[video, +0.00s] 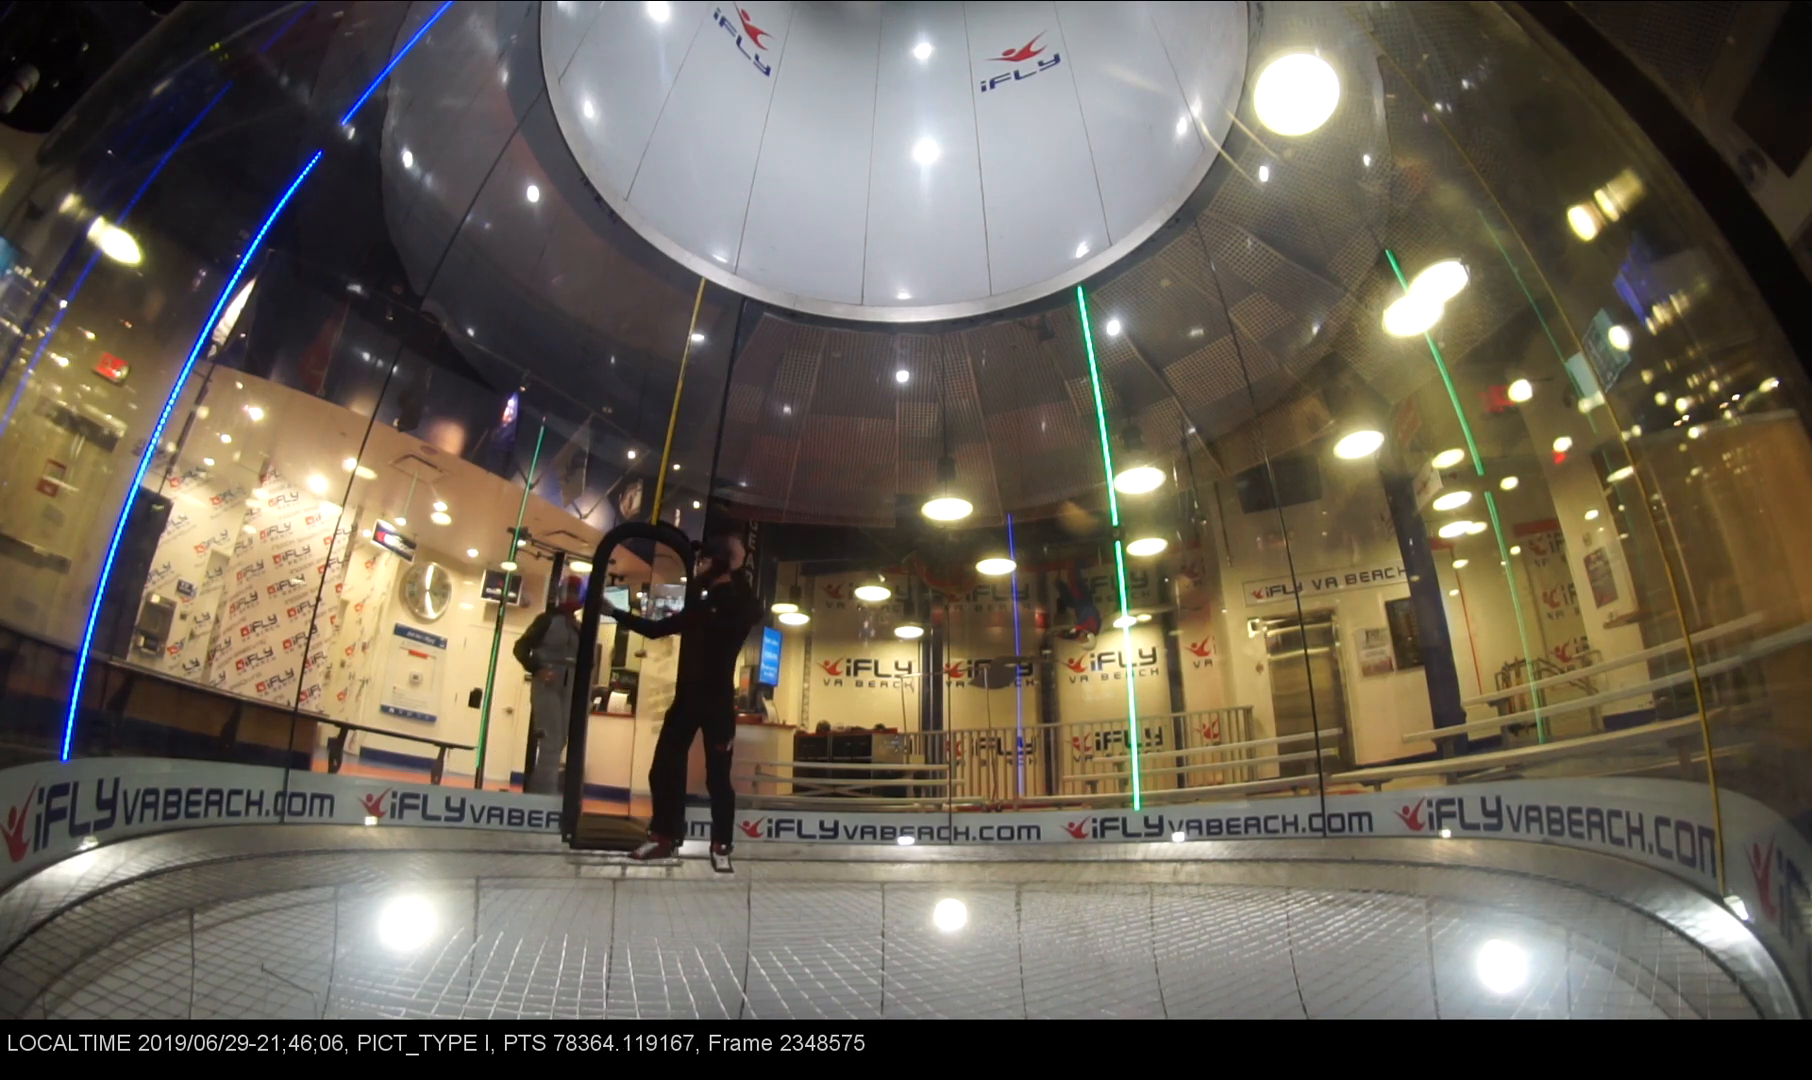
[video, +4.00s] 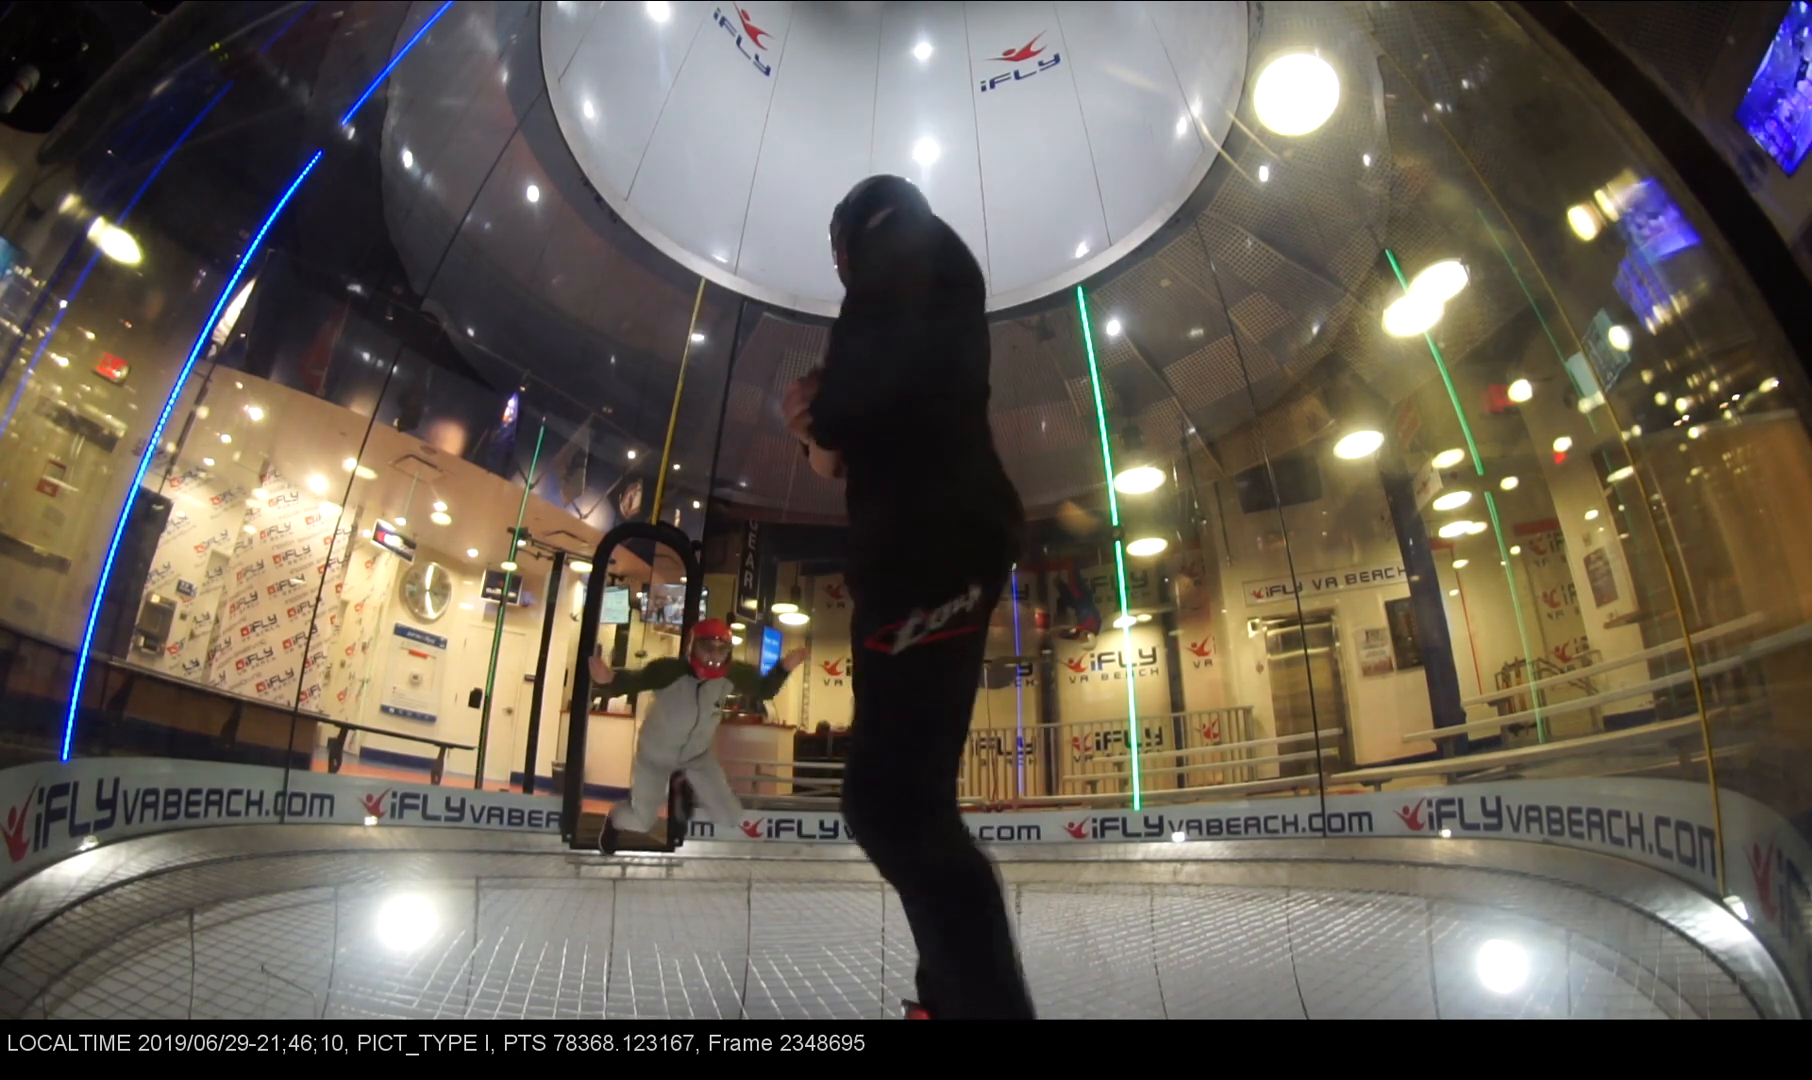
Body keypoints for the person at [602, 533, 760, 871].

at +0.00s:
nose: (700, 570)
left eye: (705, 564)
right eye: (700, 565)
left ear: (718, 568)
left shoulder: (741, 605)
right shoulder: (700, 608)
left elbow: (752, 610)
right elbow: (655, 629)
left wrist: (736, 575)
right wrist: (614, 612)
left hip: (718, 699)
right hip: (687, 697)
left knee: (718, 778)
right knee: (664, 770)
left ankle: (721, 847)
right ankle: (664, 840)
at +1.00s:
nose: (698, 533)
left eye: (707, 526)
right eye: (694, 525)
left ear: (722, 533)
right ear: (687, 532)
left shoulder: (734, 582)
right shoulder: (685, 586)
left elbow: (755, 616)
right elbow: (681, 637)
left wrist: (697, 631)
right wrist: (659, 645)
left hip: (715, 695)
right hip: (680, 692)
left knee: (695, 792)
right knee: (661, 789)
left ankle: (726, 849)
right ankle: (676, 872)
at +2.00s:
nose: (742, 325)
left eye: (755, 320)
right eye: (730, 316)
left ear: (770, 343)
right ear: (707, 333)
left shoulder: (785, 425)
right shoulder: (676, 395)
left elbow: (834, 504)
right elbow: (652, 322)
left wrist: (763, 434)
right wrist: (669, 225)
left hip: (742, 612)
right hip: (664, 606)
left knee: (747, 782)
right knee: (656, 779)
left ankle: (725, 872)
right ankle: (649, 943)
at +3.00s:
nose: (909, 129)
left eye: (922, 117)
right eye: (886, 124)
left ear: (950, 146)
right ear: (860, 161)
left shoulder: (1009, 256)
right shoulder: (835, 245)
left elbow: (1127, 352)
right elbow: (747, 346)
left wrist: (1017, 284)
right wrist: (871, 270)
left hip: (985, 521)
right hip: (858, 521)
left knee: (1025, 795)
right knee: (814, 753)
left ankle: (1013, 1011)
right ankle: (779, 954)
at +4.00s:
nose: (839, 268)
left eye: (839, 252)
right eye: (836, 258)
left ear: (858, 226)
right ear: (902, 212)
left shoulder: (904, 247)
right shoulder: (914, 268)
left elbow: (885, 381)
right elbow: (907, 420)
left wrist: (821, 410)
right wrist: (839, 440)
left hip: (929, 548)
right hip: (936, 544)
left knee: (889, 803)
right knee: (909, 801)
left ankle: (985, 1006)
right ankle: (954, 996)